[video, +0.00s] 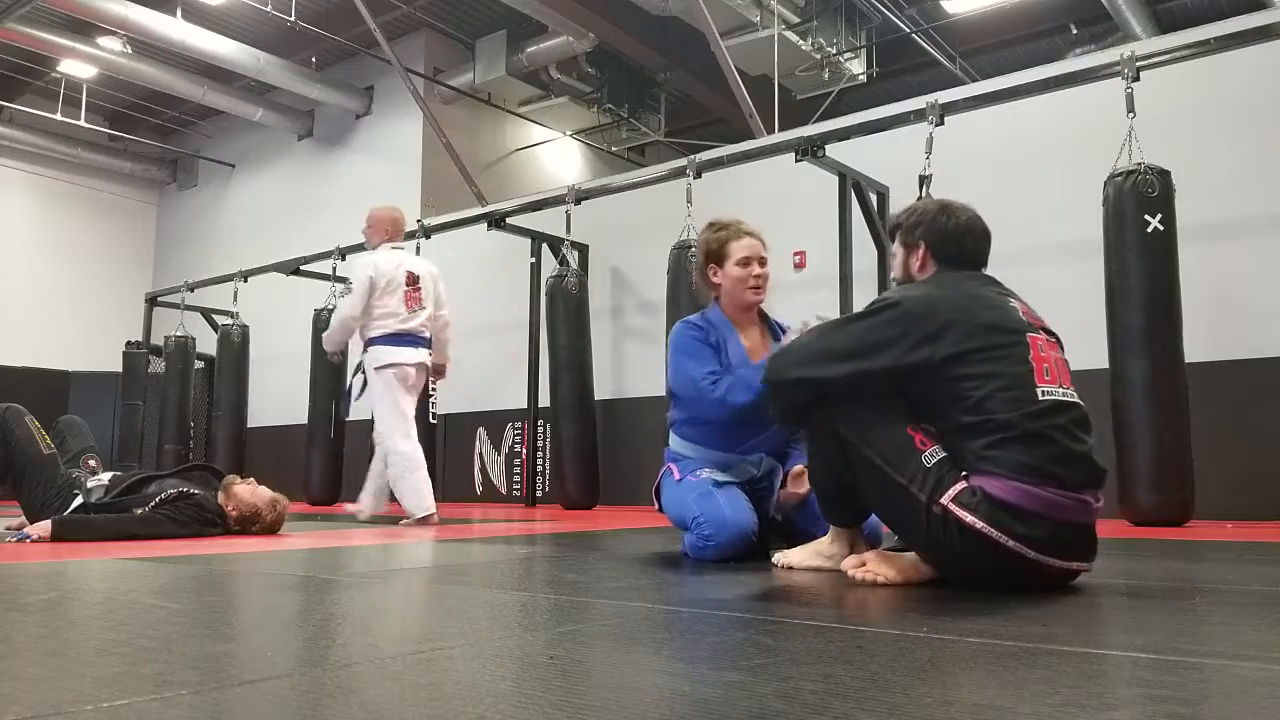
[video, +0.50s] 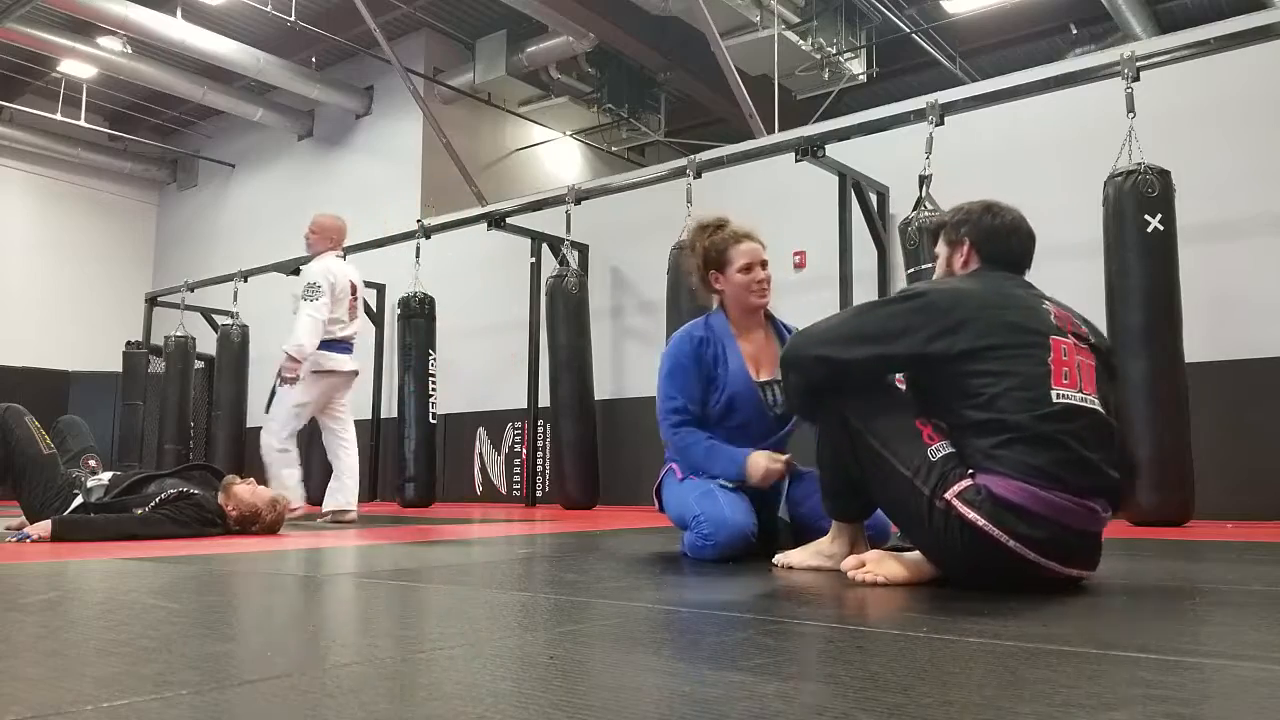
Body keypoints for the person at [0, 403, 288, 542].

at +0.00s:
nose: (249, 477)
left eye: (251, 488)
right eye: (257, 483)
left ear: (235, 511)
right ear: (237, 505)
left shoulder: (200, 513)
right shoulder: (216, 489)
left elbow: (131, 525)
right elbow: (150, 485)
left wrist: (56, 526)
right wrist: (112, 480)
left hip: (70, 501)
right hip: (101, 485)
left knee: (12, 414)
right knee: (69, 422)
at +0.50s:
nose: (248, 477)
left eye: (250, 488)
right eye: (257, 483)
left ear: (234, 510)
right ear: (235, 504)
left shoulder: (199, 513)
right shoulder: (218, 490)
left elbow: (130, 524)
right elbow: (158, 483)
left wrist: (55, 526)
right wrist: (115, 478)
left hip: (70, 500)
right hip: (103, 485)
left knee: (11, 414)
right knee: (69, 421)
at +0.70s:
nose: (247, 479)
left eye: (250, 489)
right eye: (255, 484)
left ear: (234, 510)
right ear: (236, 505)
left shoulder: (199, 513)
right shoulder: (216, 490)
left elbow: (130, 525)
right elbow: (155, 483)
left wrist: (56, 526)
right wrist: (114, 479)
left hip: (69, 501)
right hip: (101, 486)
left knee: (11, 414)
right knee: (70, 421)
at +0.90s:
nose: (248, 478)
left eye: (250, 489)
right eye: (256, 484)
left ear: (233, 509)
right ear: (237, 502)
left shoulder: (198, 513)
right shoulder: (218, 484)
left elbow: (129, 525)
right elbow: (159, 483)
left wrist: (56, 526)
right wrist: (117, 481)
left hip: (69, 500)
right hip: (102, 484)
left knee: (11, 414)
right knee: (70, 422)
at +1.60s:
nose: (244, 478)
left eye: (247, 489)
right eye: (252, 483)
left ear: (234, 511)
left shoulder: (198, 514)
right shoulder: (216, 484)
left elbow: (129, 525)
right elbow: (161, 479)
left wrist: (56, 526)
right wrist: (121, 477)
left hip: (69, 500)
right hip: (104, 481)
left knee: (10, 414)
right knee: (71, 422)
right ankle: (35, 504)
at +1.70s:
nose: (243, 477)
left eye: (246, 488)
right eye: (250, 481)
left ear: (234, 512)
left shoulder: (199, 514)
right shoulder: (214, 483)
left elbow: (128, 525)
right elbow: (157, 476)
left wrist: (56, 526)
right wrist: (116, 481)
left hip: (68, 501)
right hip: (100, 483)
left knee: (11, 414)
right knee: (71, 421)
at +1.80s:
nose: (235, 473)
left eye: (239, 482)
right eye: (243, 475)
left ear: (233, 508)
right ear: (241, 475)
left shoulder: (196, 515)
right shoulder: (215, 481)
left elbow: (128, 525)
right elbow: (155, 477)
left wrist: (56, 526)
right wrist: (115, 480)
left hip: (67, 501)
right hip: (100, 483)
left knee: (11, 414)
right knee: (71, 421)